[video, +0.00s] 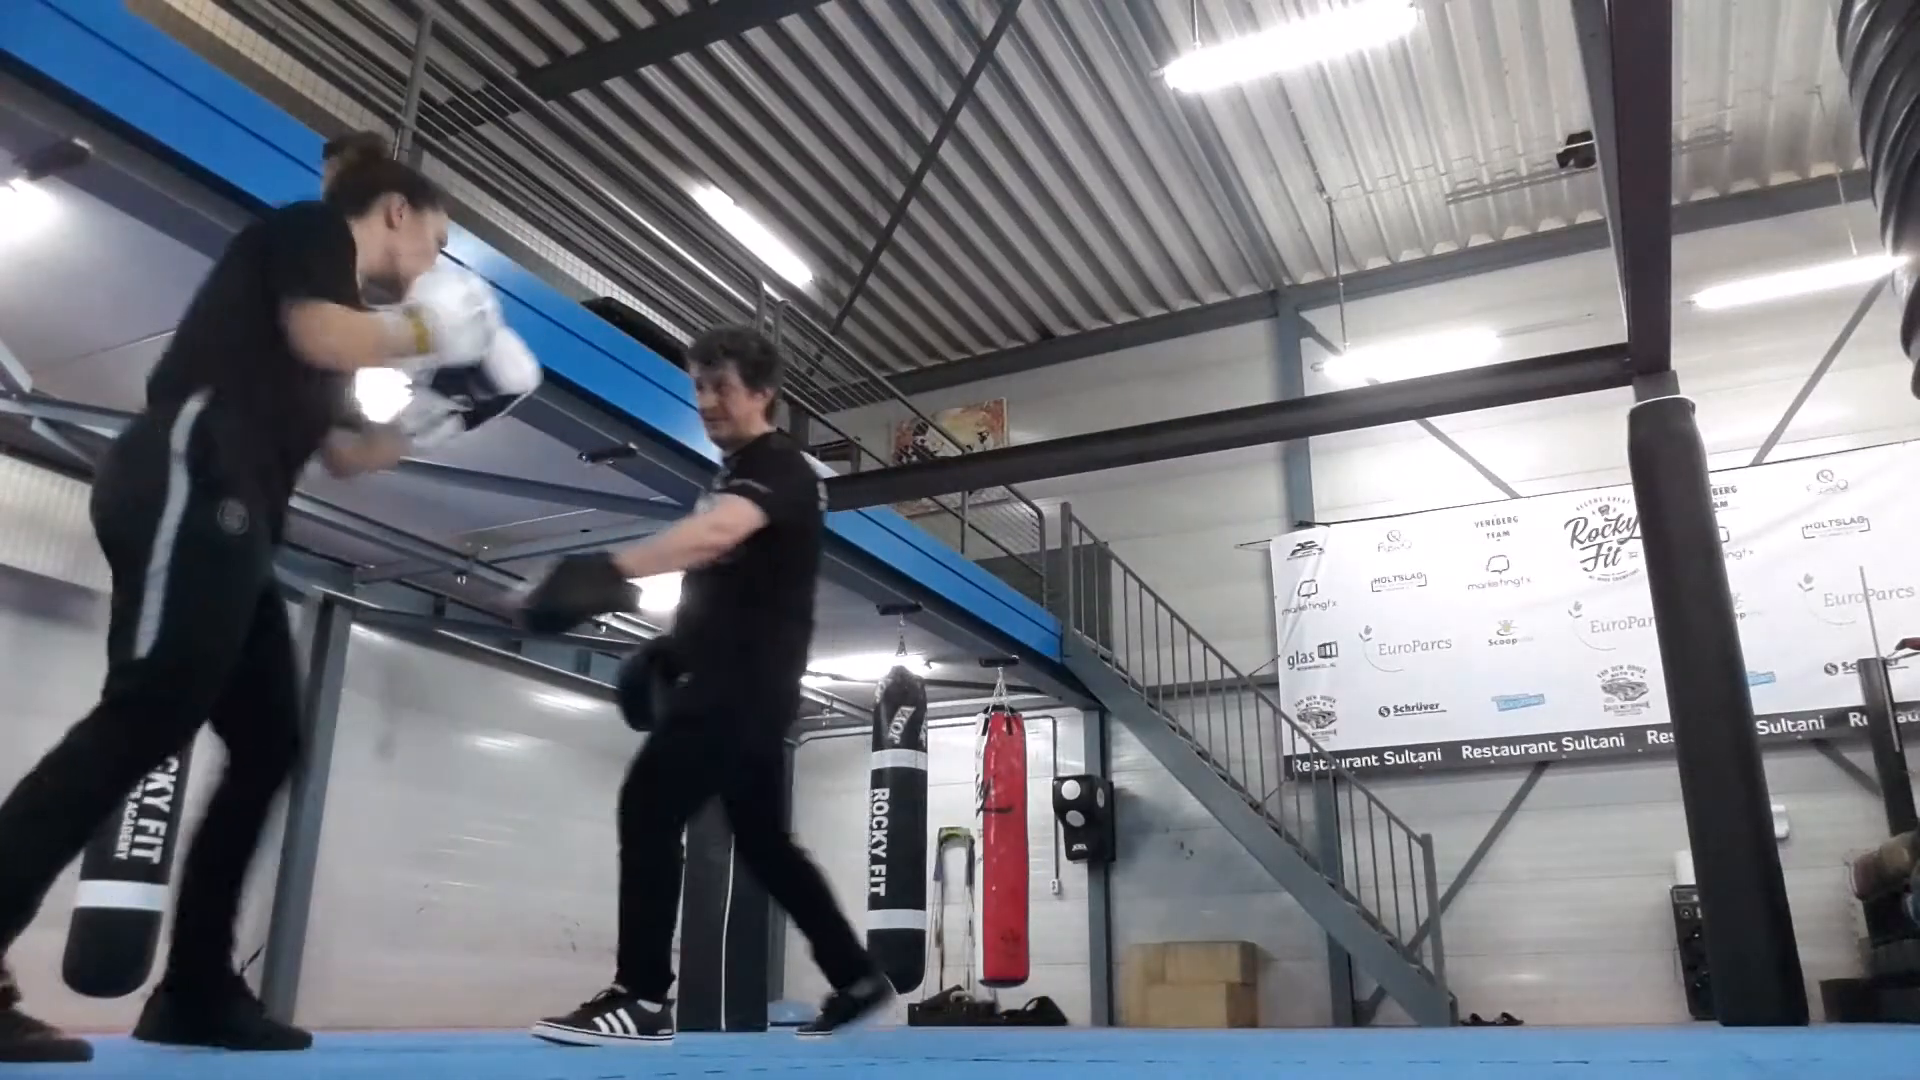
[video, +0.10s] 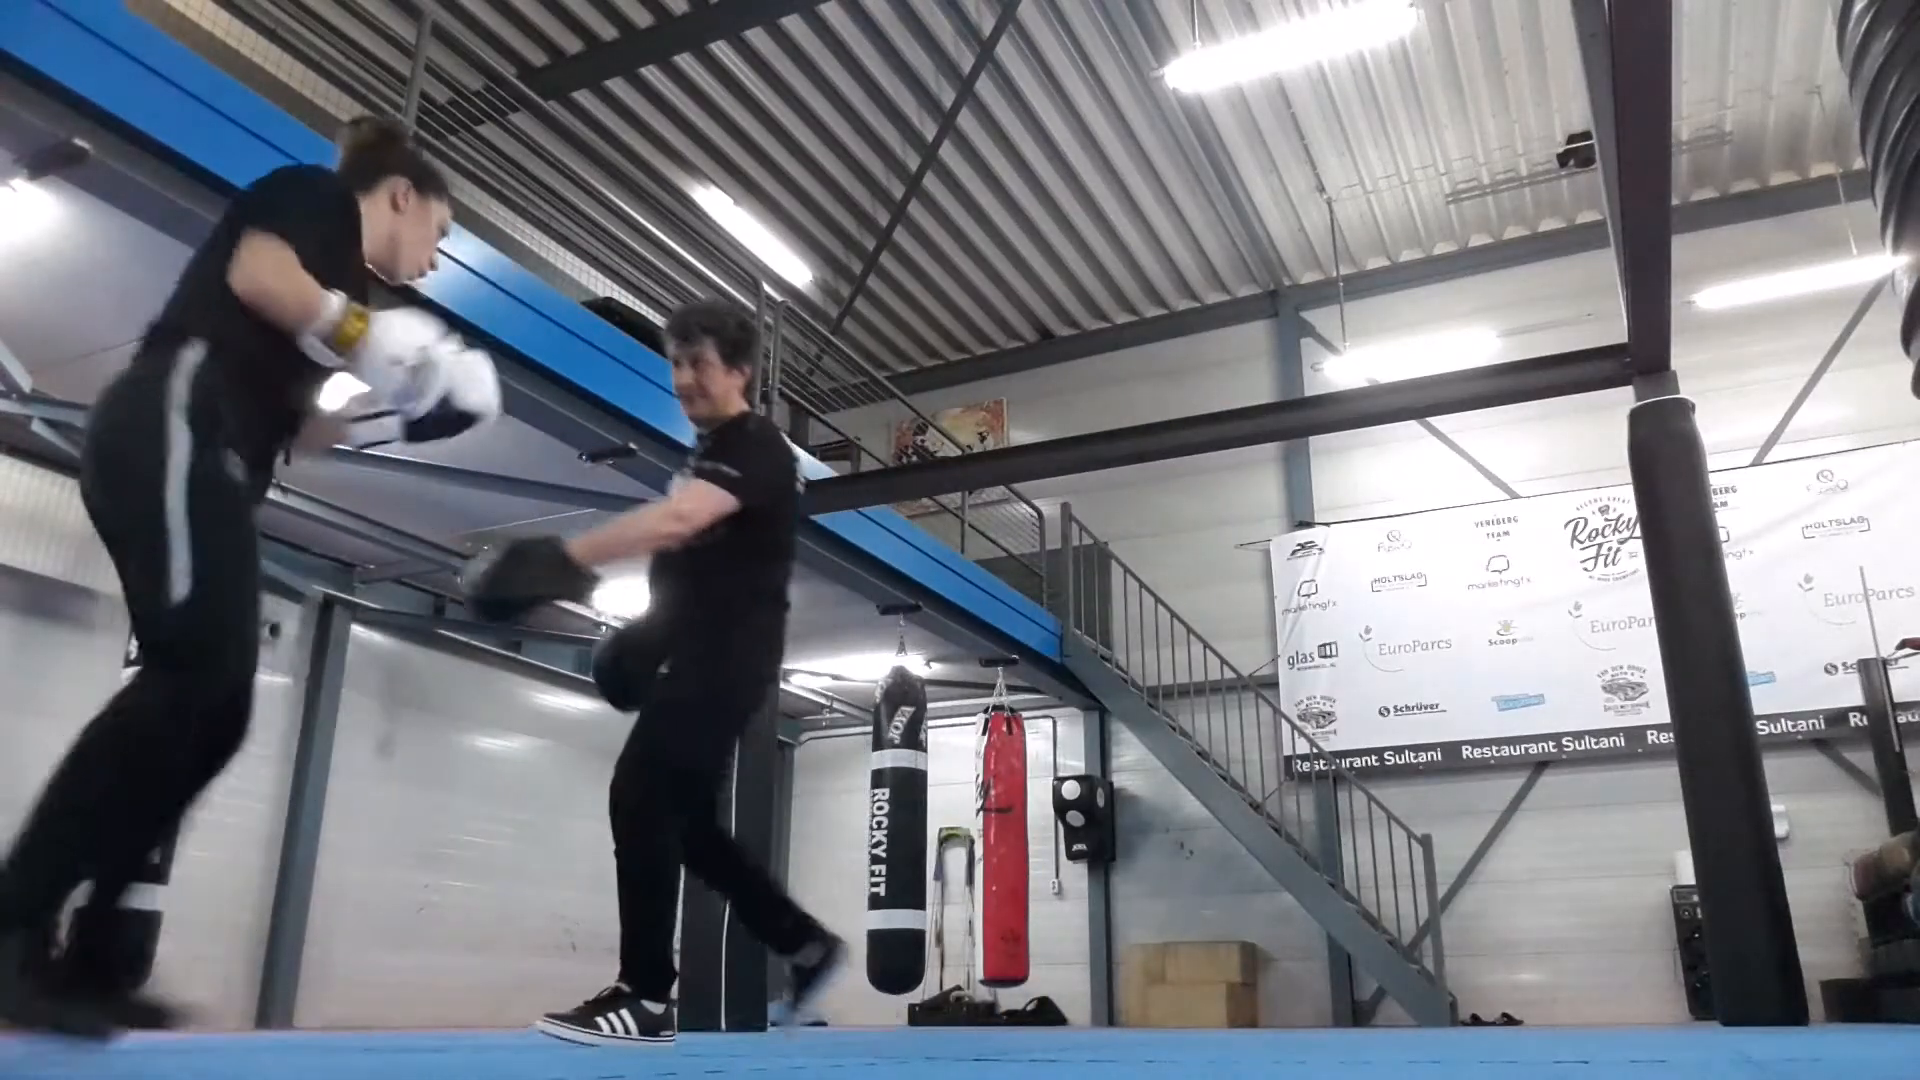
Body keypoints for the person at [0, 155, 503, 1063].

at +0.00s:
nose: (426, 267)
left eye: (434, 253)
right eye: (428, 244)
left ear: (383, 220)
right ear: (393, 213)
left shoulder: (327, 310)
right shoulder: (311, 228)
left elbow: (336, 451)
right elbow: (318, 334)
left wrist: (428, 423)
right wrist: (443, 332)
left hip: (230, 513)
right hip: (183, 482)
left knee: (268, 743)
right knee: (146, 716)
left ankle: (196, 991)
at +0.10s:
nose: (436, 255)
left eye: (442, 241)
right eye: (435, 231)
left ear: (389, 207)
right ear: (395, 194)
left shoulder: (335, 282)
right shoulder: (318, 194)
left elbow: (285, 424)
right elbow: (258, 270)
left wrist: (389, 413)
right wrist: (369, 334)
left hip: (214, 460)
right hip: (170, 424)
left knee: (213, 707)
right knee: (190, 685)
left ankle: (104, 958)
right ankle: (18, 923)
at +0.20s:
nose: (432, 277)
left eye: (438, 260)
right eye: (433, 251)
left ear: (385, 227)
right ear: (392, 215)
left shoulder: (323, 302)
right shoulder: (308, 213)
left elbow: (263, 442)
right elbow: (221, 275)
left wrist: (387, 432)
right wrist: (338, 356)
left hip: (180, 469)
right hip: (133, 434)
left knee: (150, 739)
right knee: (231, 640)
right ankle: (133, 935)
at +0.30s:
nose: (428, 331)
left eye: (434, 313)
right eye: (429, 305)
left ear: (374, 278)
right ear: (380, 272)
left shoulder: (319, 368)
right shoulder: (259, 281)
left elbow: (329, 498)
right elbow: (223, 371)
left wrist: (428, 452)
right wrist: (358, 398)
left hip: (140, 548)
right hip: (91, 522)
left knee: (25, 798)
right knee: (248, 676)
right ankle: (235, 960)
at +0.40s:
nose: (469, 312)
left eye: (475, 296)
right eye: (469, 289)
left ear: (418, 272)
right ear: (424, 263)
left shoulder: (348, 342)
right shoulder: (317, 291)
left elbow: (360, 483)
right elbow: (347, 399)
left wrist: (436, 401)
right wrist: (460, 387)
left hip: (182, 544)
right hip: (136, 528)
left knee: (36, 780)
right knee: (306, 686)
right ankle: (223, 992)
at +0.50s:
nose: (554, 241)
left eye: (559, 222)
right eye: (550, 216)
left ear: (482, 198)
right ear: (507, 200)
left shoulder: (419, 254)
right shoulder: (440, 246)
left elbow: (423, 359)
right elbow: (494, 325)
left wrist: (516, 368)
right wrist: (554, 347)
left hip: (216, 464)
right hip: (270, 464)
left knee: (127, 712)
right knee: (377, 695)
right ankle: (239, 994)